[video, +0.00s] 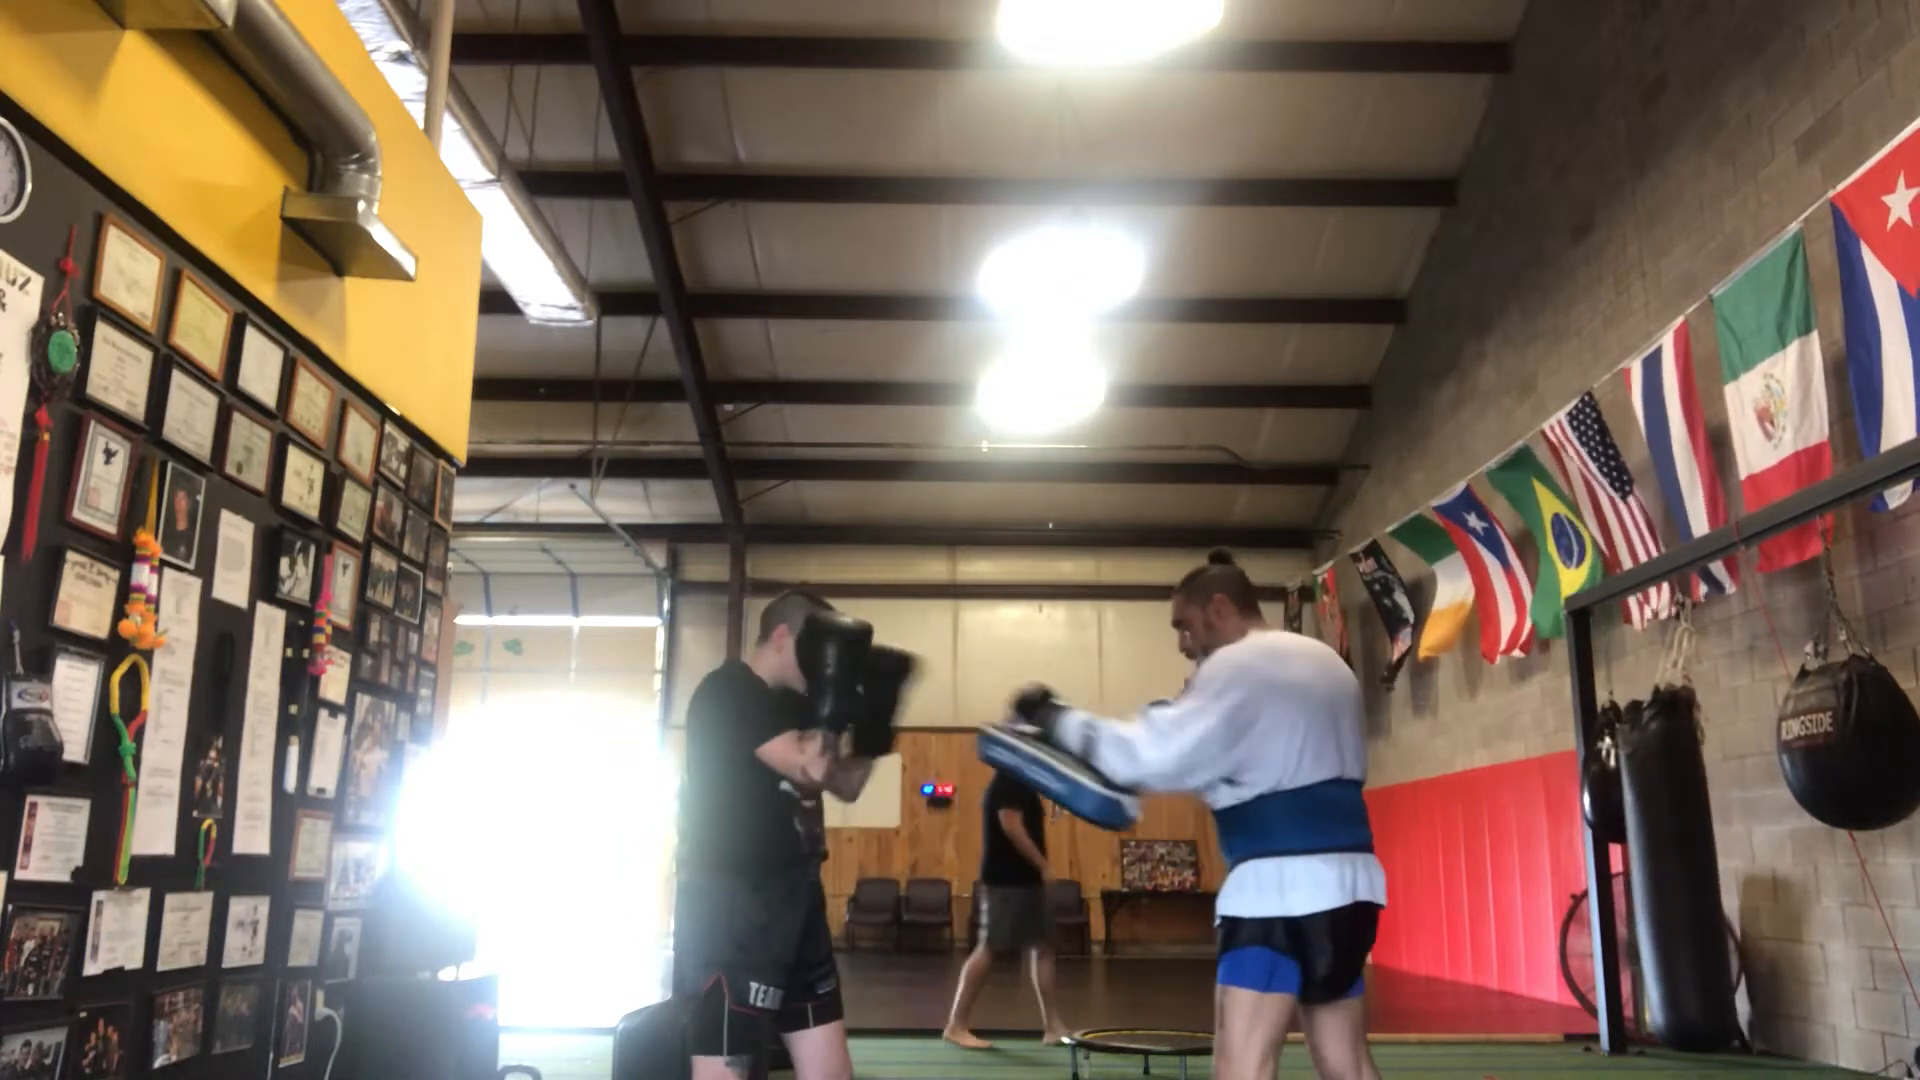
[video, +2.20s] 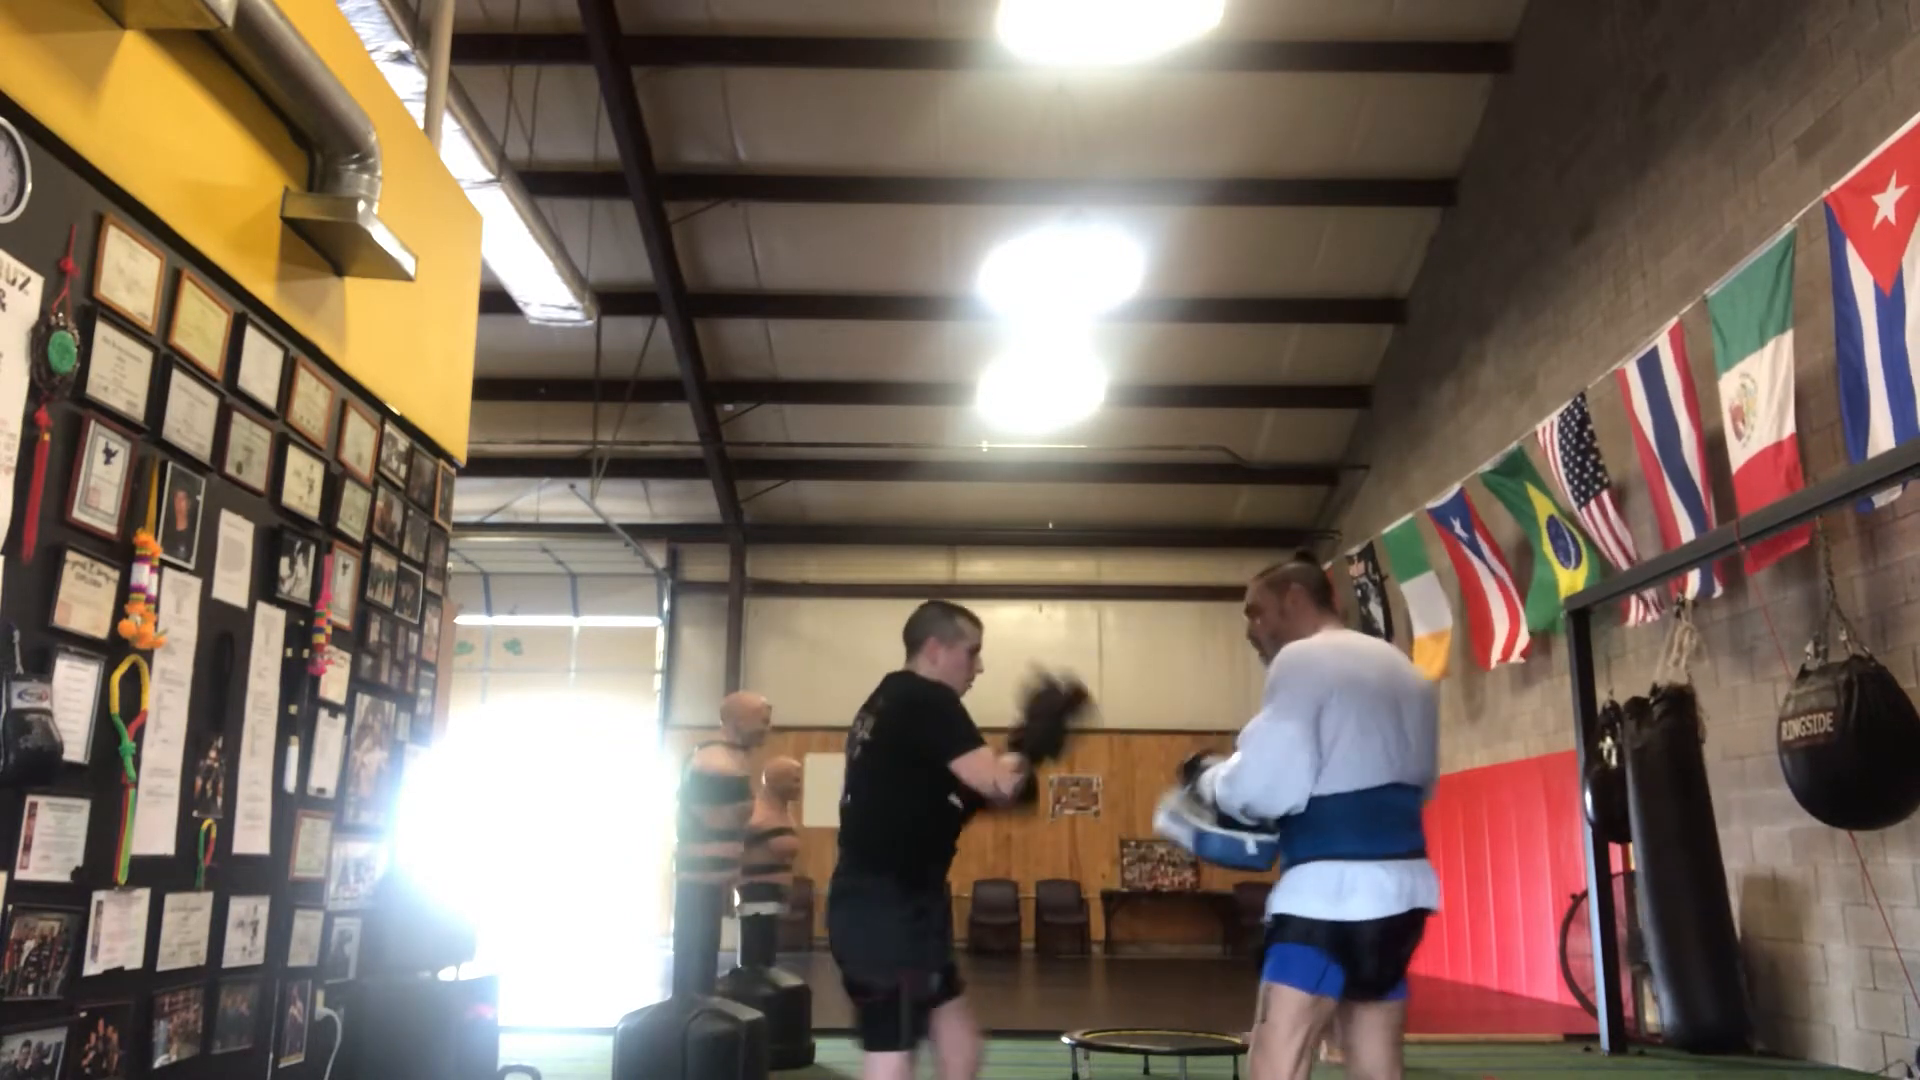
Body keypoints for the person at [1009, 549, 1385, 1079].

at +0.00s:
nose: (1182, 643)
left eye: (1184, 627)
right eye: (1178, 631)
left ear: (1219, 609)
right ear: (1229, 609)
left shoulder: (1238, 667)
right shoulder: (1325, 660)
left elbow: (1156, 755)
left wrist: (1053, 717)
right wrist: (1188, 712)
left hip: (1276, 895)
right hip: (1350, 890)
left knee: (1242, 1068)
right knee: (1347, 1064)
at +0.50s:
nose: (1170, 639)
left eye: (1173, 622)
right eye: (1166, 626)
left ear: (1210, 608)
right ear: (1216, 607)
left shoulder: (1242, 660)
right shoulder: (1315, 661)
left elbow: (1216, 768)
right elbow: (1290, 760)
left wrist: (1111, 736)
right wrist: (1205, 718)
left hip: (1269, 892)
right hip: (1336, 886)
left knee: (1246, 1065)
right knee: (1338, 1060)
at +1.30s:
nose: (1193, 648)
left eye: (1194, 632)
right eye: (1188, 635)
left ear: (1227, 614)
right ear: (1236, 614)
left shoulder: (1244, 669)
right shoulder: (1333, 659)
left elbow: (1149, 734)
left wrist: (1060, 688)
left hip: (1301, 891)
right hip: (1371, 884)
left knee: (1268, 1063)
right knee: (1358, 1060)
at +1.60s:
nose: (1200, 626)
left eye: (1206, 611)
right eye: (1198, 613)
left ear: (1248, 602)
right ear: (1259, 601)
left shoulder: (1251, 659)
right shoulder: (1343, 661)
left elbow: (1166, 717)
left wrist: (1068, 687)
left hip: (1292, 894)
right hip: (1365, 887)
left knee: (1260, 1064)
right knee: (1358, 1064)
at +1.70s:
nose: (1203, 623)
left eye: (1211, 604)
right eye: (1202, 608)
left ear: (1253, 598)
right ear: (1260, 602)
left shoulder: (1264, 659)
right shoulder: (1344, 663)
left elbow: (1228, 757)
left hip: (1286, 893)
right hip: (1358, 887)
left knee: (1251, 1066)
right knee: (1354, 1062)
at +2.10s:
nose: (1244, 618)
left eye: (1252, 602)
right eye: (1243, 605)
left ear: (1295, 595)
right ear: (1303, 598)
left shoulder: (1301, 664)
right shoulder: (1383, 664)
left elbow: (1271, 788)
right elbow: (1342, 769)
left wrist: (1187, 800)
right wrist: (1258, 728)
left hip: (1306, 895)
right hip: (1375, 890)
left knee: (1264, 1064)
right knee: (1360, 1061)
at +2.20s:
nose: (1250, 631)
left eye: (1254, 613)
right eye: (1248, 618)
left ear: (1293, 598)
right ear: (1305, 602)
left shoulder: (1302, 661)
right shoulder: (1405, 669)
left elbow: (1271, 787)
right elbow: (1419, 781)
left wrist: (1211, 777)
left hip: (1327, 895)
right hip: (1403, 889)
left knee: (1275, 1062)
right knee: (1376, 1063)